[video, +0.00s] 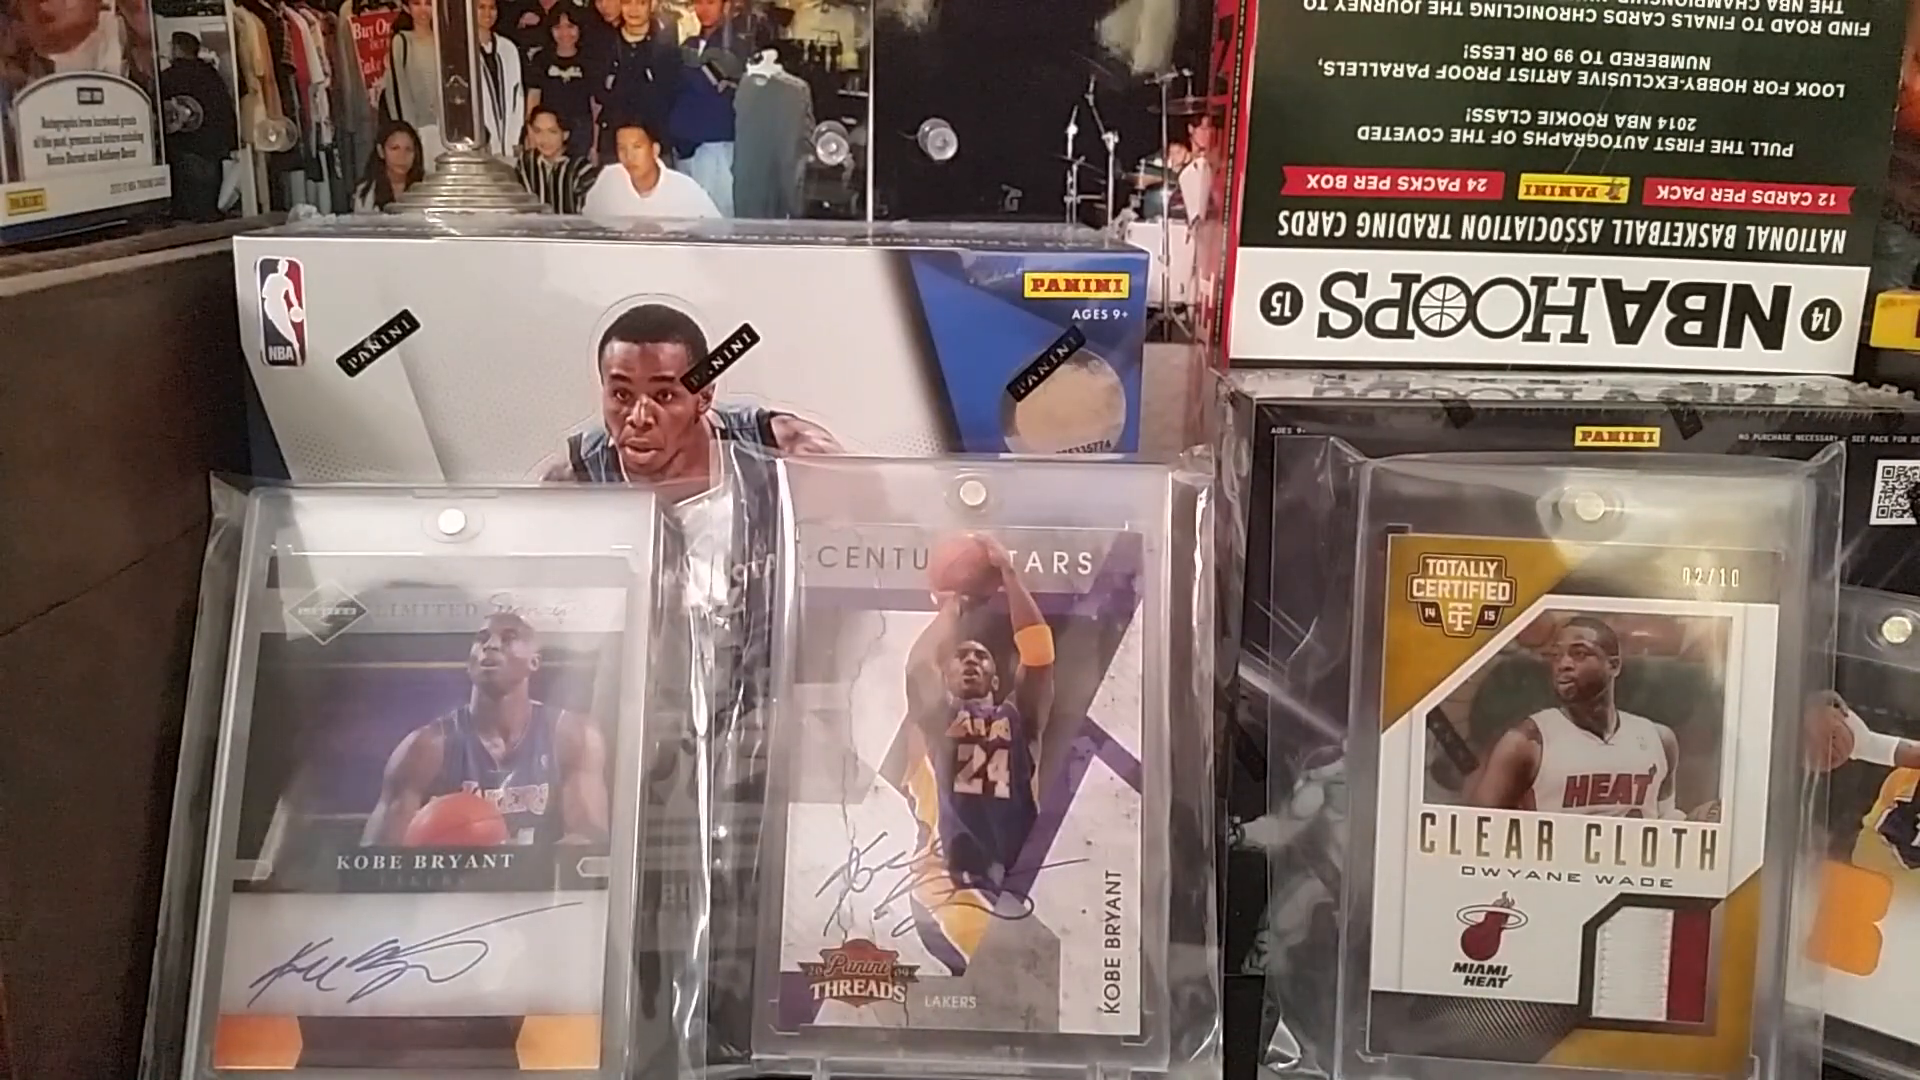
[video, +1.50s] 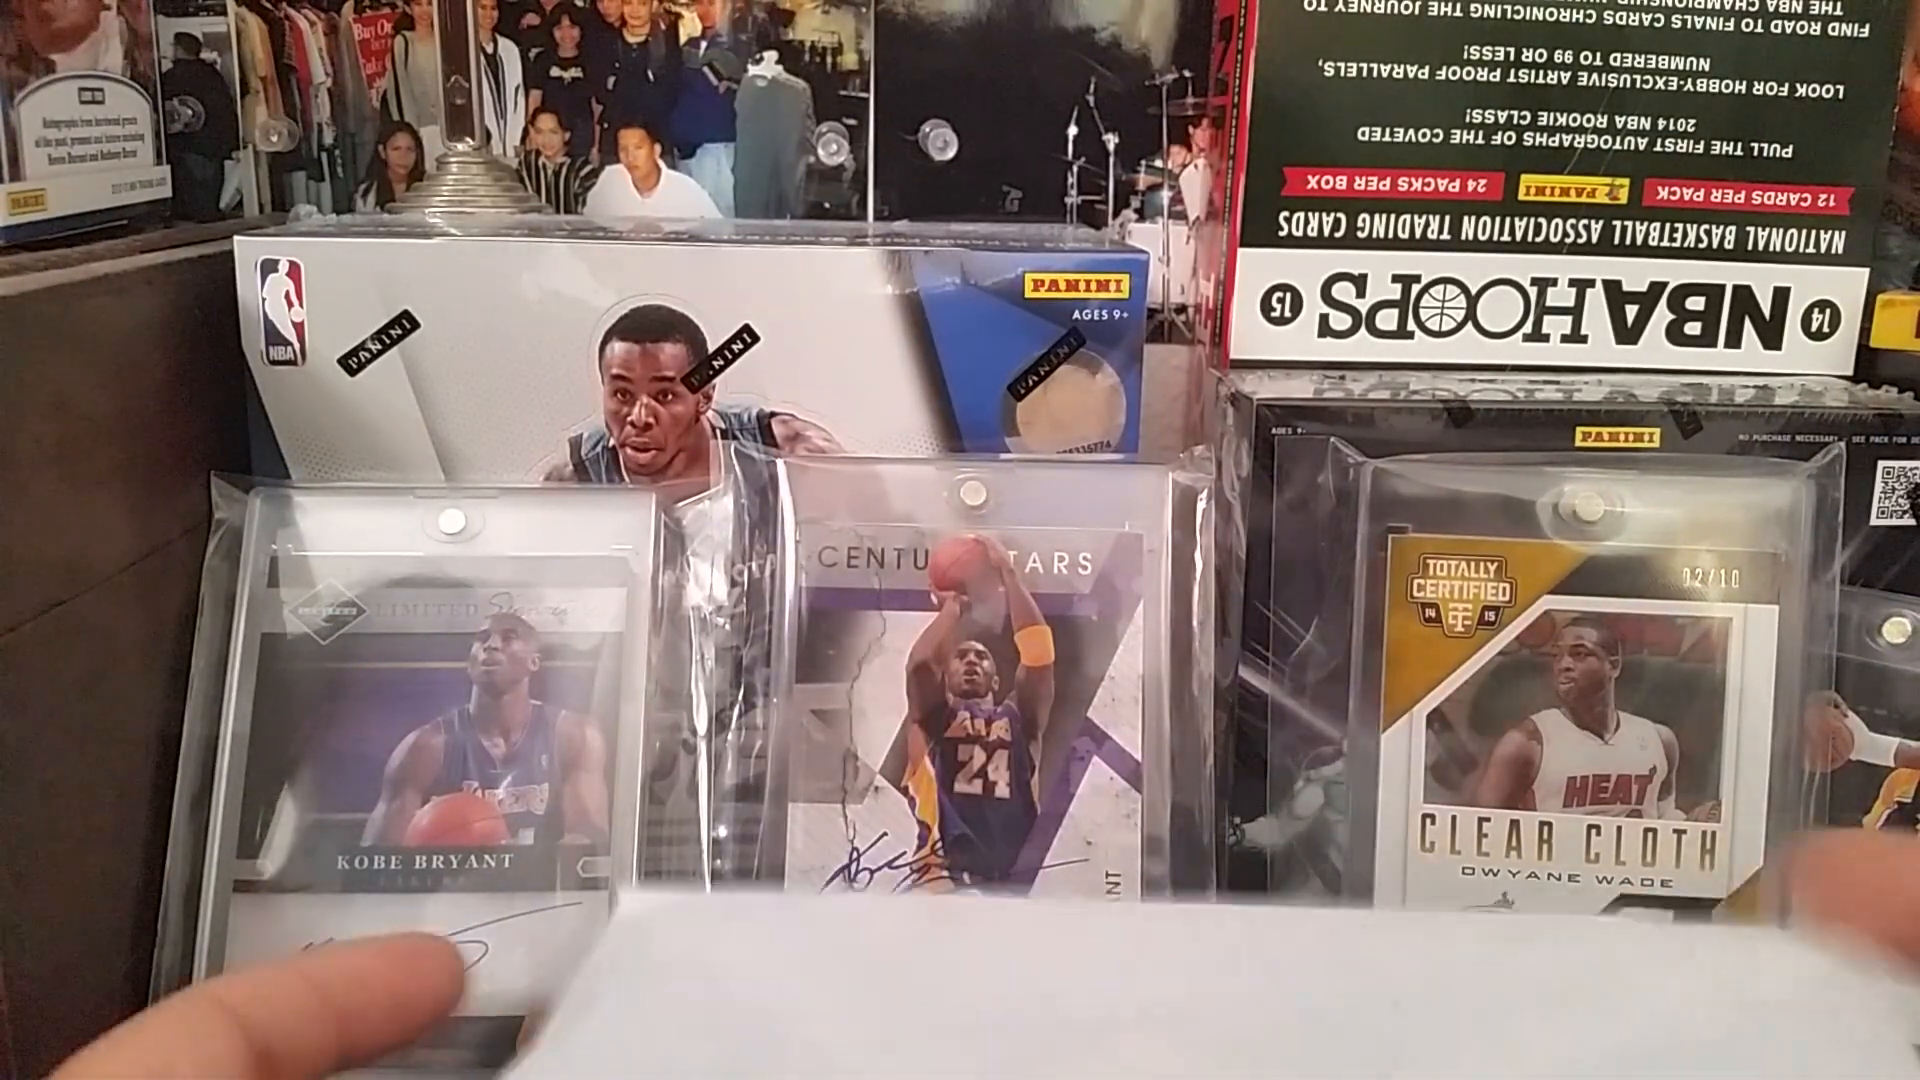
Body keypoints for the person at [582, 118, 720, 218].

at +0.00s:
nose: (629, 157)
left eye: (637, 147)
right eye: (622, 149)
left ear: (655, 150)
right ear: (617, 153)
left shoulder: (684, 188)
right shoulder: (609, 179)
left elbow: (719, 231)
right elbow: (586, 224)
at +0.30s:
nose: (629, 157)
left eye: (637, 147)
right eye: (622, 149)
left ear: (655, 150)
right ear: (617, 152)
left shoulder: (685, 187)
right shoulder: (609, 178)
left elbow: (719, 231)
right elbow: (586, 224)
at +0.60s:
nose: (630, 157)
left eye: (638, 148)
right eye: (623, 150)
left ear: (656, 151)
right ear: (617, 153)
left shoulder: (685, 188)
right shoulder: (610, 179)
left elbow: (720, 232)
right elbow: (587, 225)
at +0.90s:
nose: (630, 158)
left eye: (638, 148)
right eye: (623, 150)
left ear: (656, 151)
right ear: (618, 153)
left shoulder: (685, 188)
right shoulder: (610, 179)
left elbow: (720, 232)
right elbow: (587, 225)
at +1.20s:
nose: (630, 157)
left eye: (638, 148)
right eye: (624, 150)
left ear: (656, 151)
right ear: (618, 154)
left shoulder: (685, 188)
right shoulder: (610, 179)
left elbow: (719, 232)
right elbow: (587, 225)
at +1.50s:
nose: (630, 158)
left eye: (638, 148)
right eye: (624, 150)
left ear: (656, 151)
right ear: (618, 154)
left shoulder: (685, 188)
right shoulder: (610, 179)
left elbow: (720, 232)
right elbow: (586, 226)